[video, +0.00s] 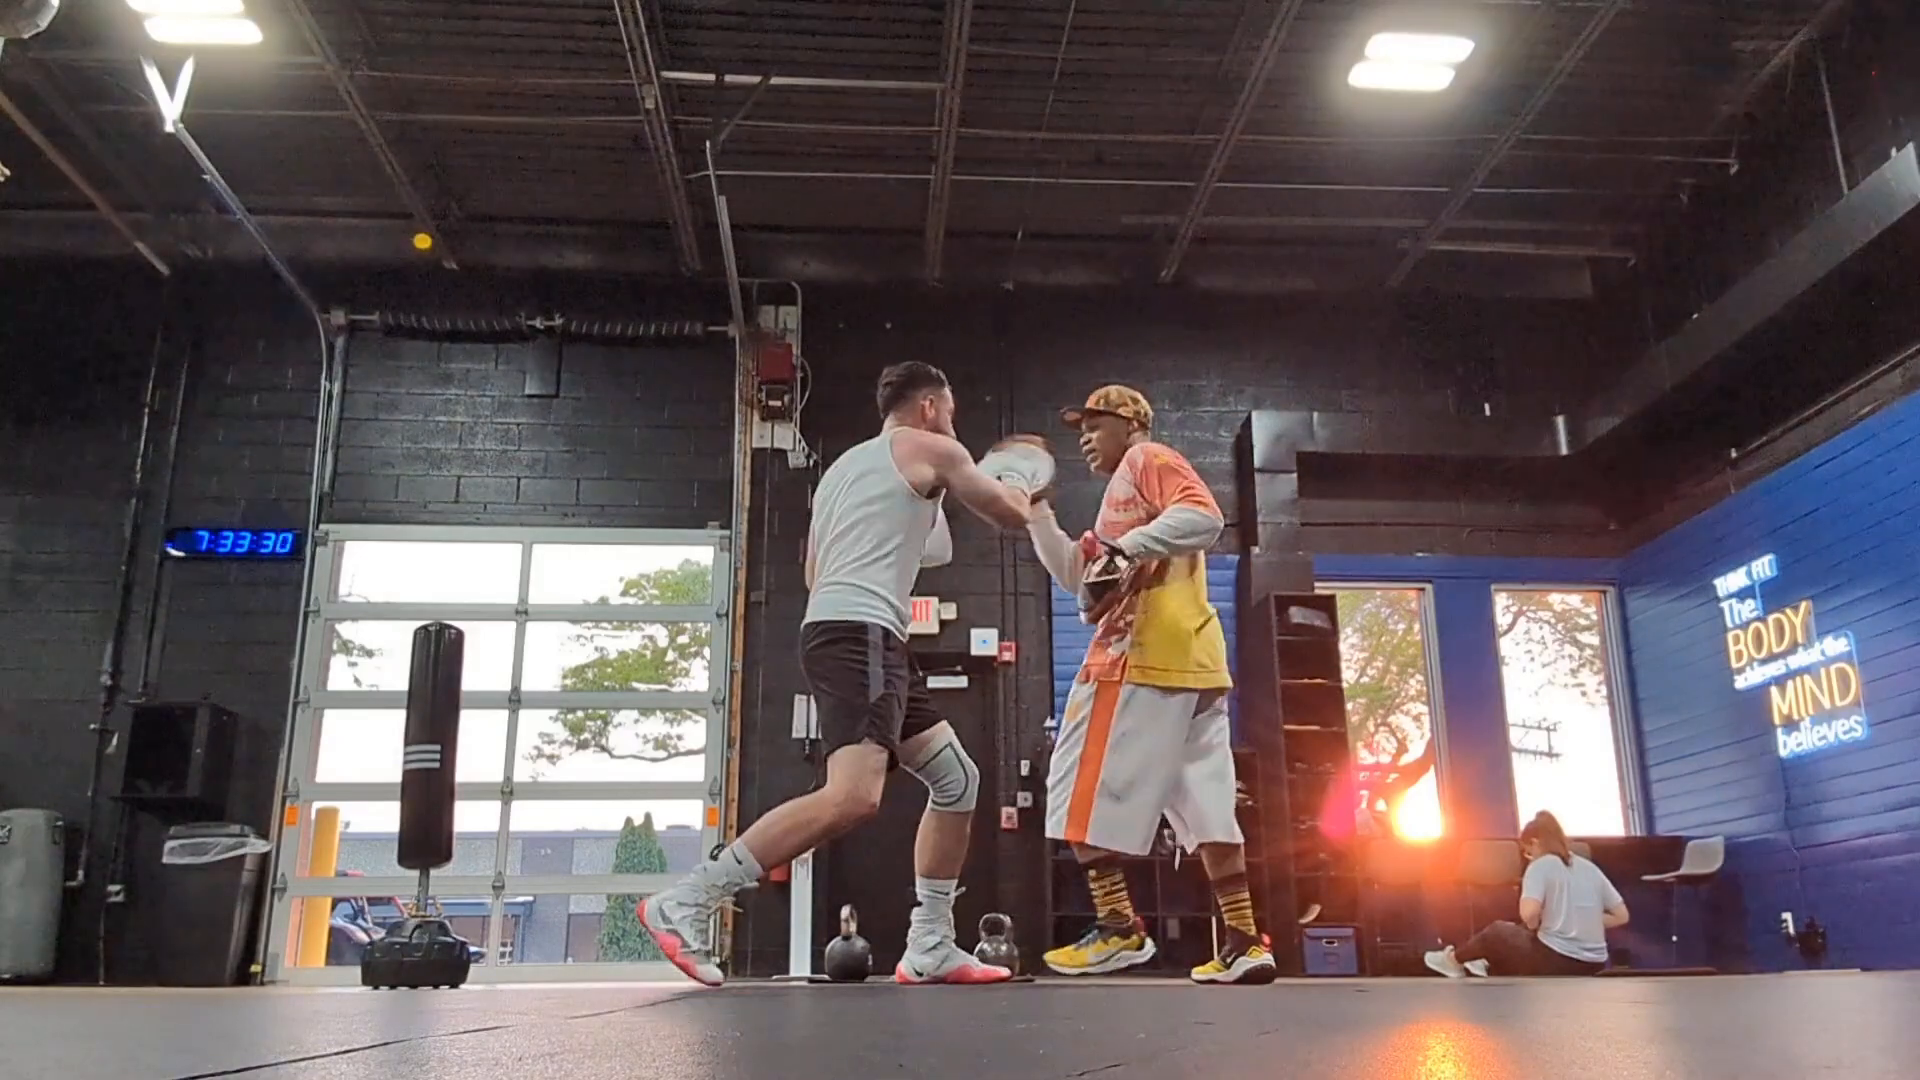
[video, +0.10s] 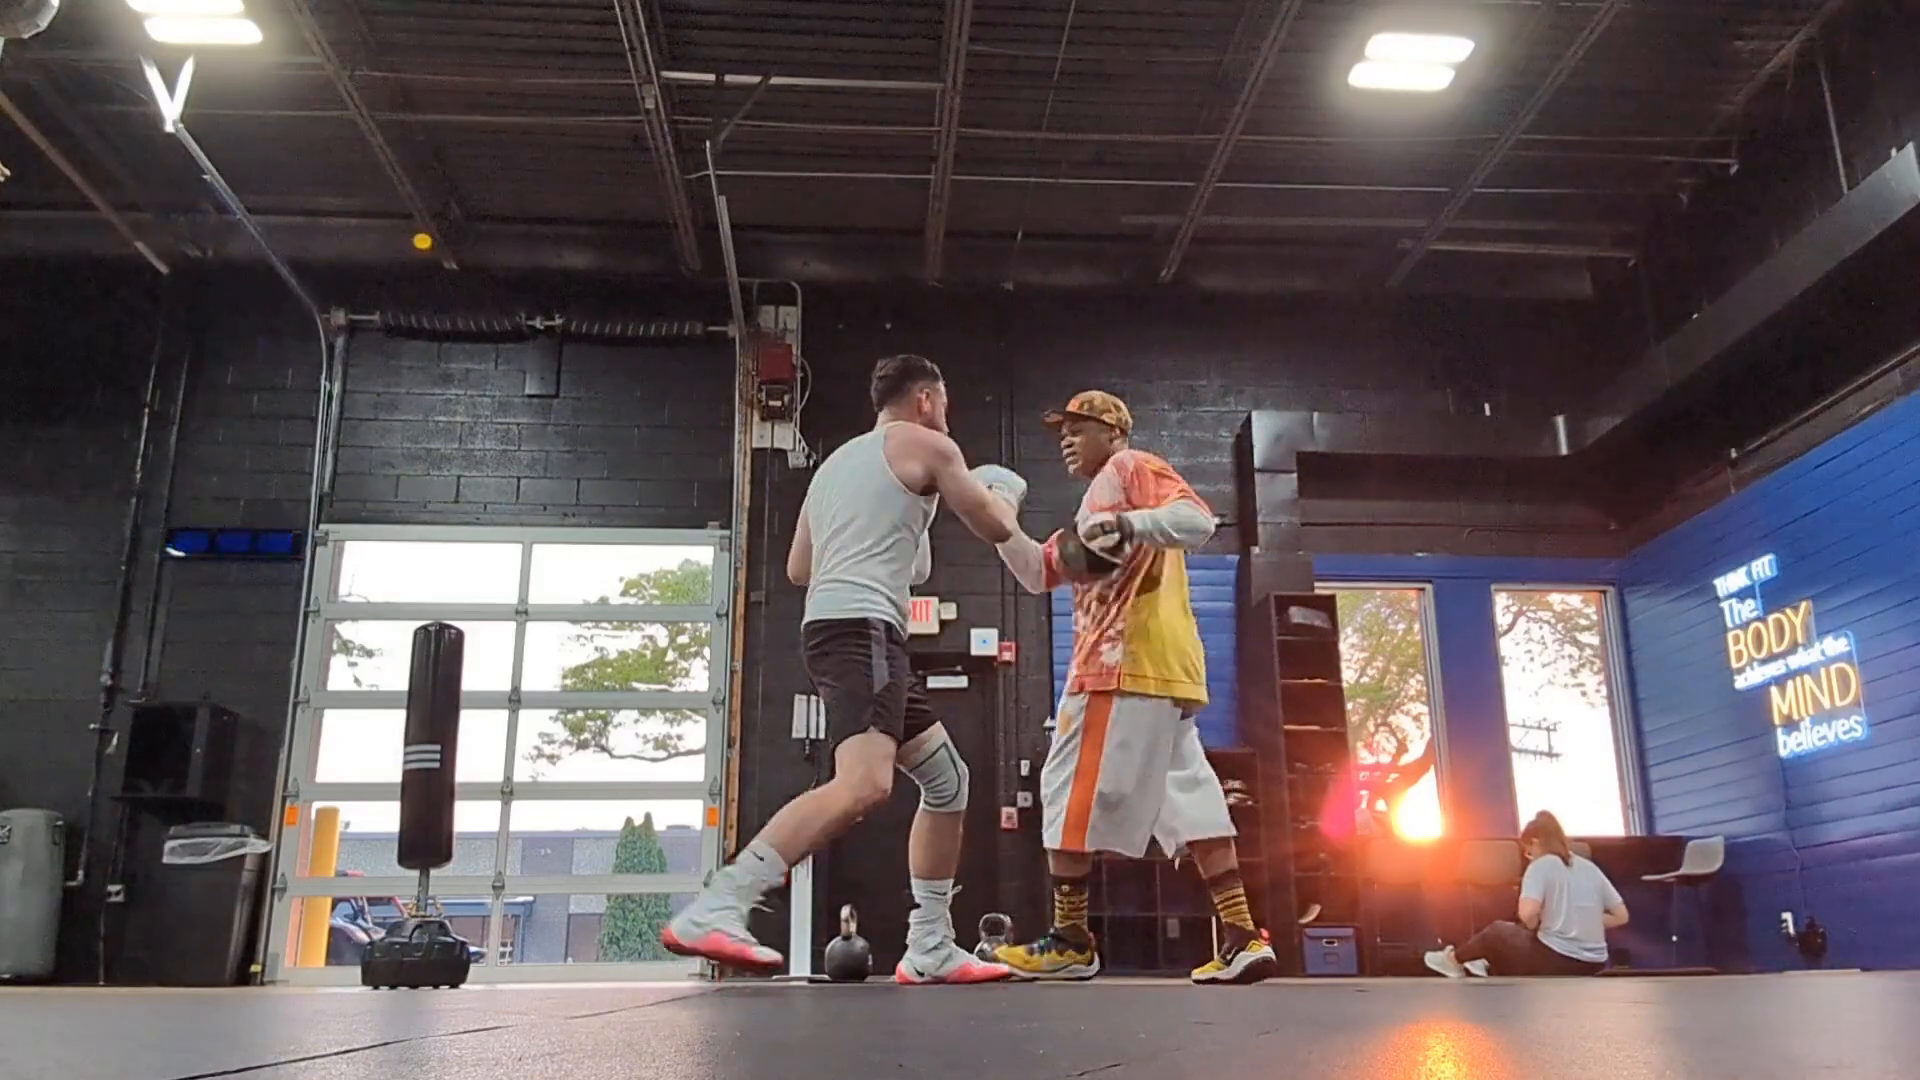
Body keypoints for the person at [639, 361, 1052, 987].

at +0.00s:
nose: (952, 424)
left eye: (952, 414)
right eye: (950, 413)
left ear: (889, 410)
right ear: (930, 406)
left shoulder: (839, 471)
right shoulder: (933, 445)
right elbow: (1010, 511)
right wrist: (1024, 490)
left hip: (846, 632)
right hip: (862, 629)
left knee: (957, 783)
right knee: (853, 796)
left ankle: (931, 947)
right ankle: (684, 902)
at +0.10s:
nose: (946, 417)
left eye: (946, 406)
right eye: (944, 405)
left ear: (881, 404)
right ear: (926, 399)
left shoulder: (834, 466)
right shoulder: (928, 442)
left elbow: (800, 569)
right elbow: (997, 528)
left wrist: (884, 560)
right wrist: (1002, 491)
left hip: (837, 623)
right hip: (863, 621)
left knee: (947, 782)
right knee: (864, 783)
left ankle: (931, 949)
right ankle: (713, 911)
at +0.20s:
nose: (939, 405)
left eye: (938, 394)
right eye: (939, 393)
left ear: (879, 392)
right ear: (926, 387)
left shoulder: (835, 457)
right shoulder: (905, 432)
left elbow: (802, 561)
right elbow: (938, 531)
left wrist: (891, 558)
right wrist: (962, 504)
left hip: (829, 624)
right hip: (849, 617)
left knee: (925, 783)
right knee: (870, 774)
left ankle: (927, 944)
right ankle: (771, 935)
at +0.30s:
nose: (936, 399)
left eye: (934, 387)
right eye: (936, 386)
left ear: (878, 380)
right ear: (924, 381)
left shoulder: (861, 431)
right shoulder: (883, 420)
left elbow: (886, 544)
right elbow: (906, 520)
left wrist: (930, 518)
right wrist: (938, 502)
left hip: (845, 614)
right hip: (824, 610)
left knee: (901, 769)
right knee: (865, 764)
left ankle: (893, 934)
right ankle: (769, 936)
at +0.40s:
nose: (919, 390)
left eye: (916, 379)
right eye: (919, 378)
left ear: (858, 368)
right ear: (908, 374)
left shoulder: (835, 422)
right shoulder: (870, 414)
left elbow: (900, 524)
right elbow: (915, 515)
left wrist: (939, 512)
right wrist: (937, 478)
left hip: (822, 606)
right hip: (833, 603)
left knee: (894, 772)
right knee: (871, 763)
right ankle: (767, 939)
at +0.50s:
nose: (896, 386)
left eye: (894, 377)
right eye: (895, 376)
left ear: (827, 376)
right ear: (887, 370)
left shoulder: (790, 440)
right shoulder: (883, 416)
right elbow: (938, 507)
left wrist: (847, 538)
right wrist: (940, 534)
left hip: (797, 613)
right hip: (854, 602)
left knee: (845, 782)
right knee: (884, 773)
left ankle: (776, 938)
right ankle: (773, 934)